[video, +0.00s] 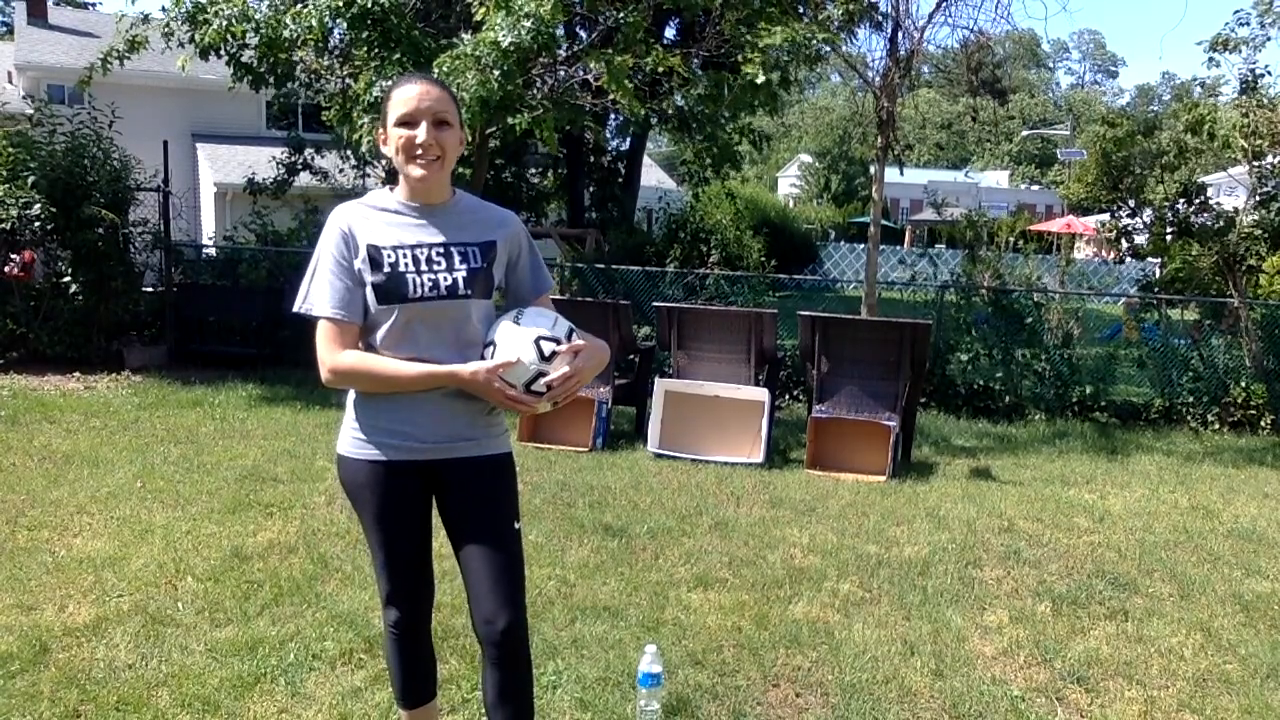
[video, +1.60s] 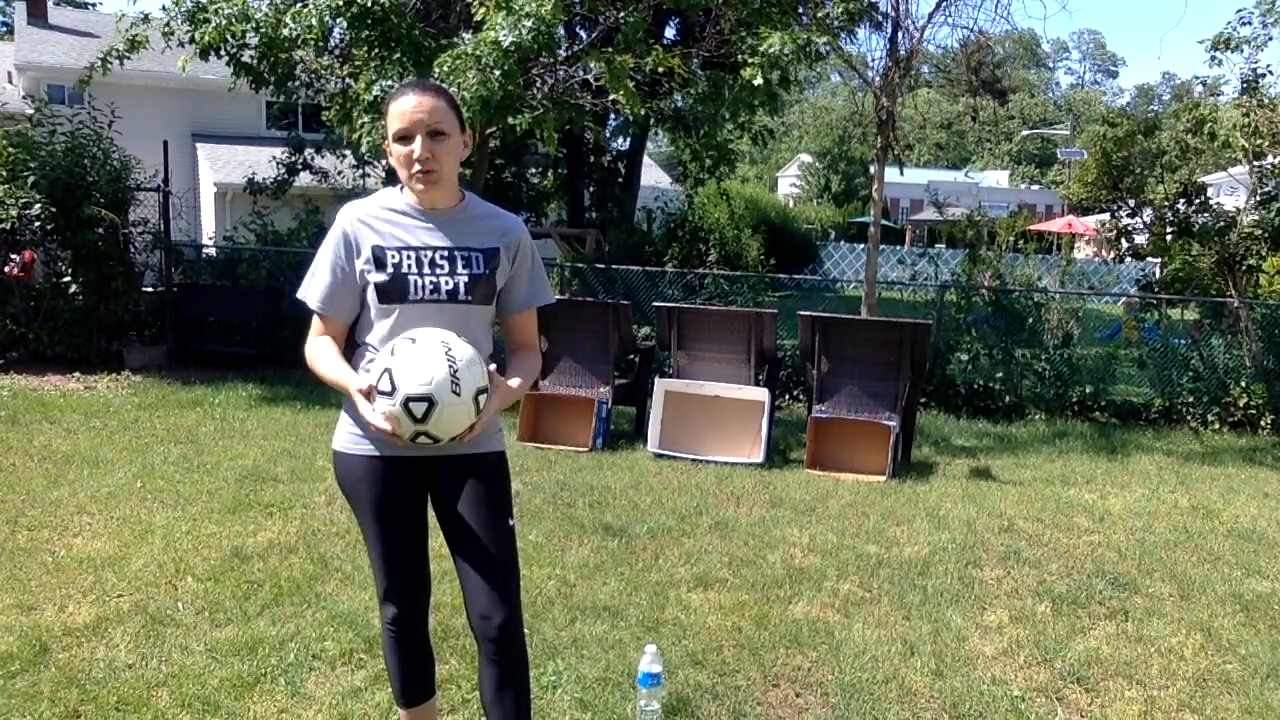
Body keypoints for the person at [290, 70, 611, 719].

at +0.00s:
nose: (424, 135)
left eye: (440, 123)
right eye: (407, 123)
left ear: (461, 138)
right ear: (384, 140)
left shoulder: (501, 227)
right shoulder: (352, 225)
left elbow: (545, 328)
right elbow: (333, 361)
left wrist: (599, 349)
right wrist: (461, 376)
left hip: (477, 450)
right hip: (381, 452)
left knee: (503, 624)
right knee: (405, 612)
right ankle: (421, 714)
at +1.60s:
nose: (420, 149)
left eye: (436, 134)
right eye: (405, 136)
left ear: (464, 143)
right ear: (388, 150)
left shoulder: (505, 232)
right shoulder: (357, 225)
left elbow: (527, 349)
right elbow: (320, 342)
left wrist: (507, 389)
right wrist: (355, 386)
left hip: (473, 447)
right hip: (376, 448)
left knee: (499, 620)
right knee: (402, 609)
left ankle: (510, 717)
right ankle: (419, 713)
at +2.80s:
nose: (428, 147)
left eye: (443, 132)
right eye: (410, 133)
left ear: (463, 142)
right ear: (387, 146)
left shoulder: (502, 227)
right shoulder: (355, 222)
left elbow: (514, 360)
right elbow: (327, 358)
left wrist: (446, 333)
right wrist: (328, 306)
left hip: (476, 440)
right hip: (380, 439)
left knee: (497, 625)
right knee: (405, 611)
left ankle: (506, 718)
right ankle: (420, 716)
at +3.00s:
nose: (444, 145)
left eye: (457, 129)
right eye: (426, 131)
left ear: (475, 137)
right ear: (399, 142)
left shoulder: (509, 224)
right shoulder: (364, 219)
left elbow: (500, 356)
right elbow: (337, 352)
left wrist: (411, 310)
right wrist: (303, 289)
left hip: (479, 438)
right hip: (385, 438)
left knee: (503, 624)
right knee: (407, 609)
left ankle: (509, 719)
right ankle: (419, 714)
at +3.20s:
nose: (445, 144)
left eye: (460, 128)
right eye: (427, 130)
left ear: (479, 140)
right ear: (402, 143)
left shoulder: (512, 229)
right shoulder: (365, 221)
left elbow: (504, 364)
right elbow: (342, 354)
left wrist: (412, 325)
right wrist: (303, 309)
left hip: (478, 442)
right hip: (384, 440)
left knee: (507, 627)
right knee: (406, 610)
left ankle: (510, 719)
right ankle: (419, 714)